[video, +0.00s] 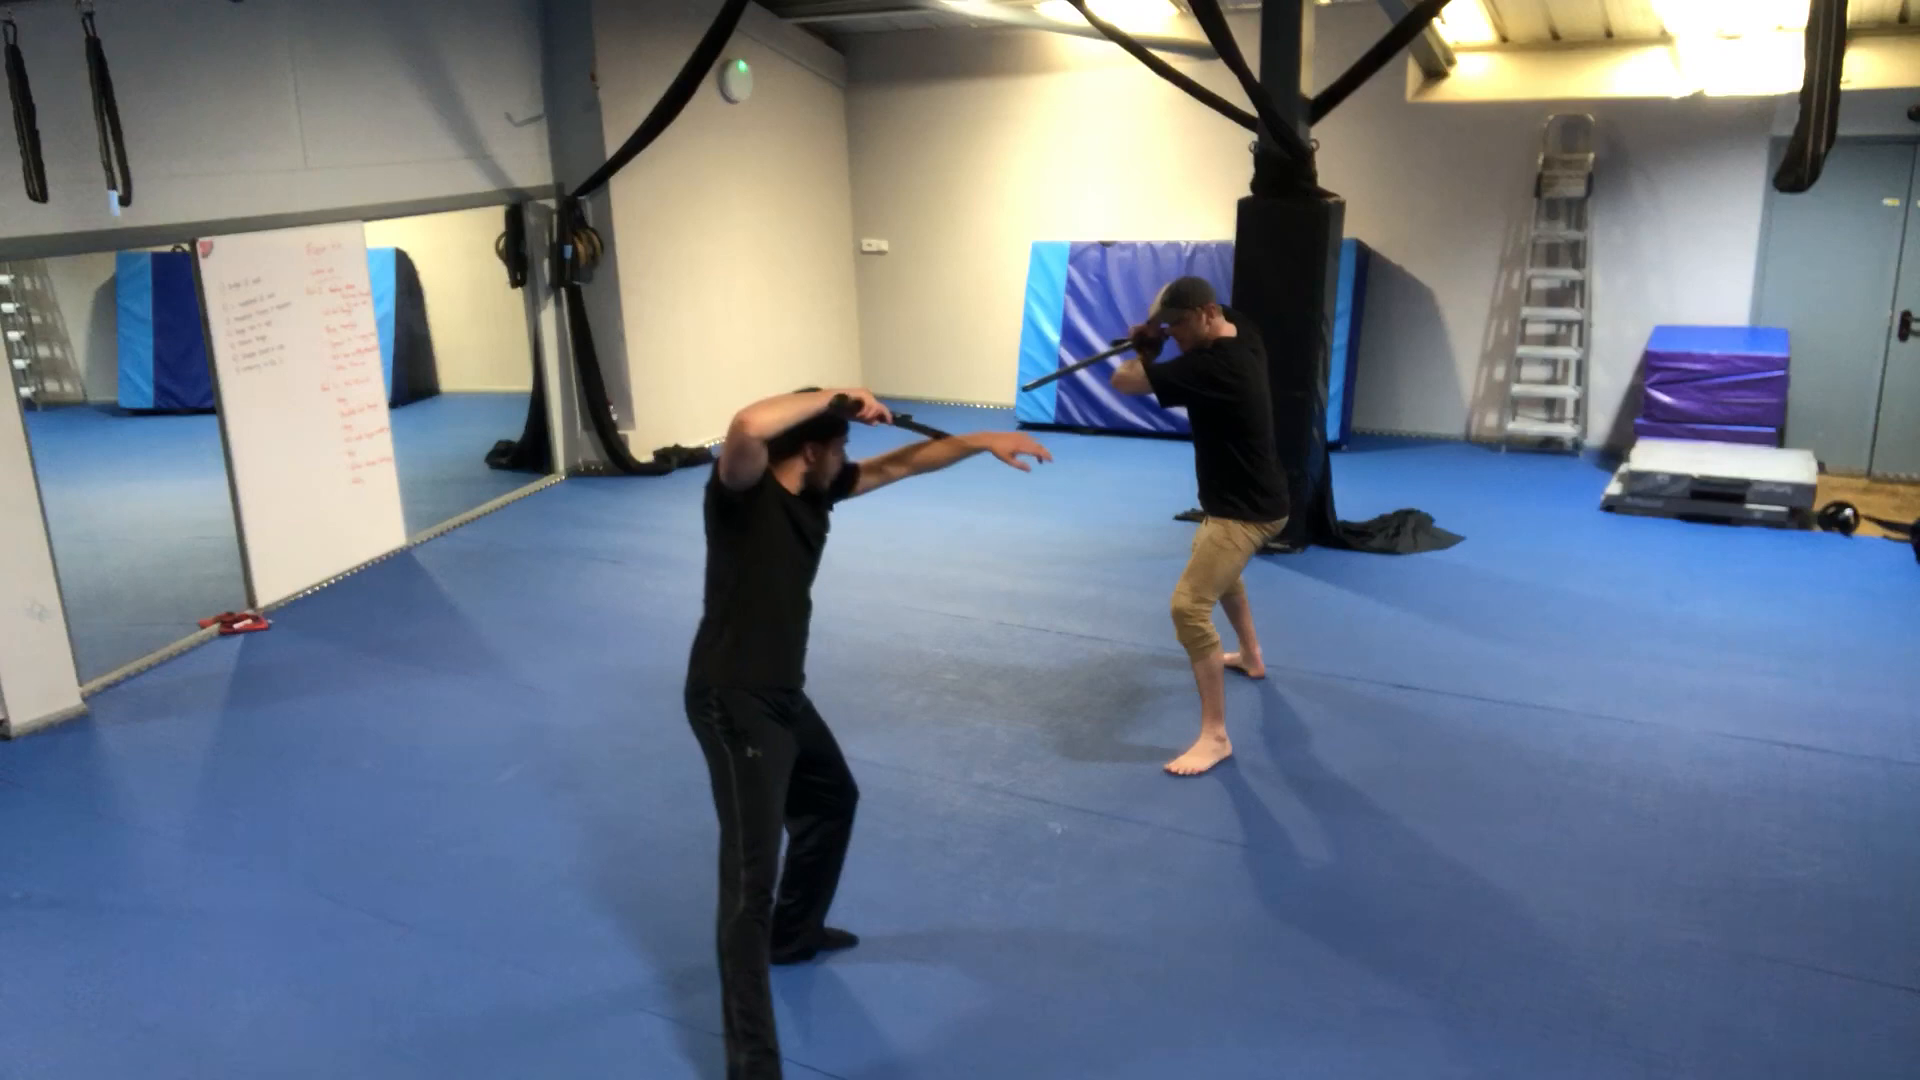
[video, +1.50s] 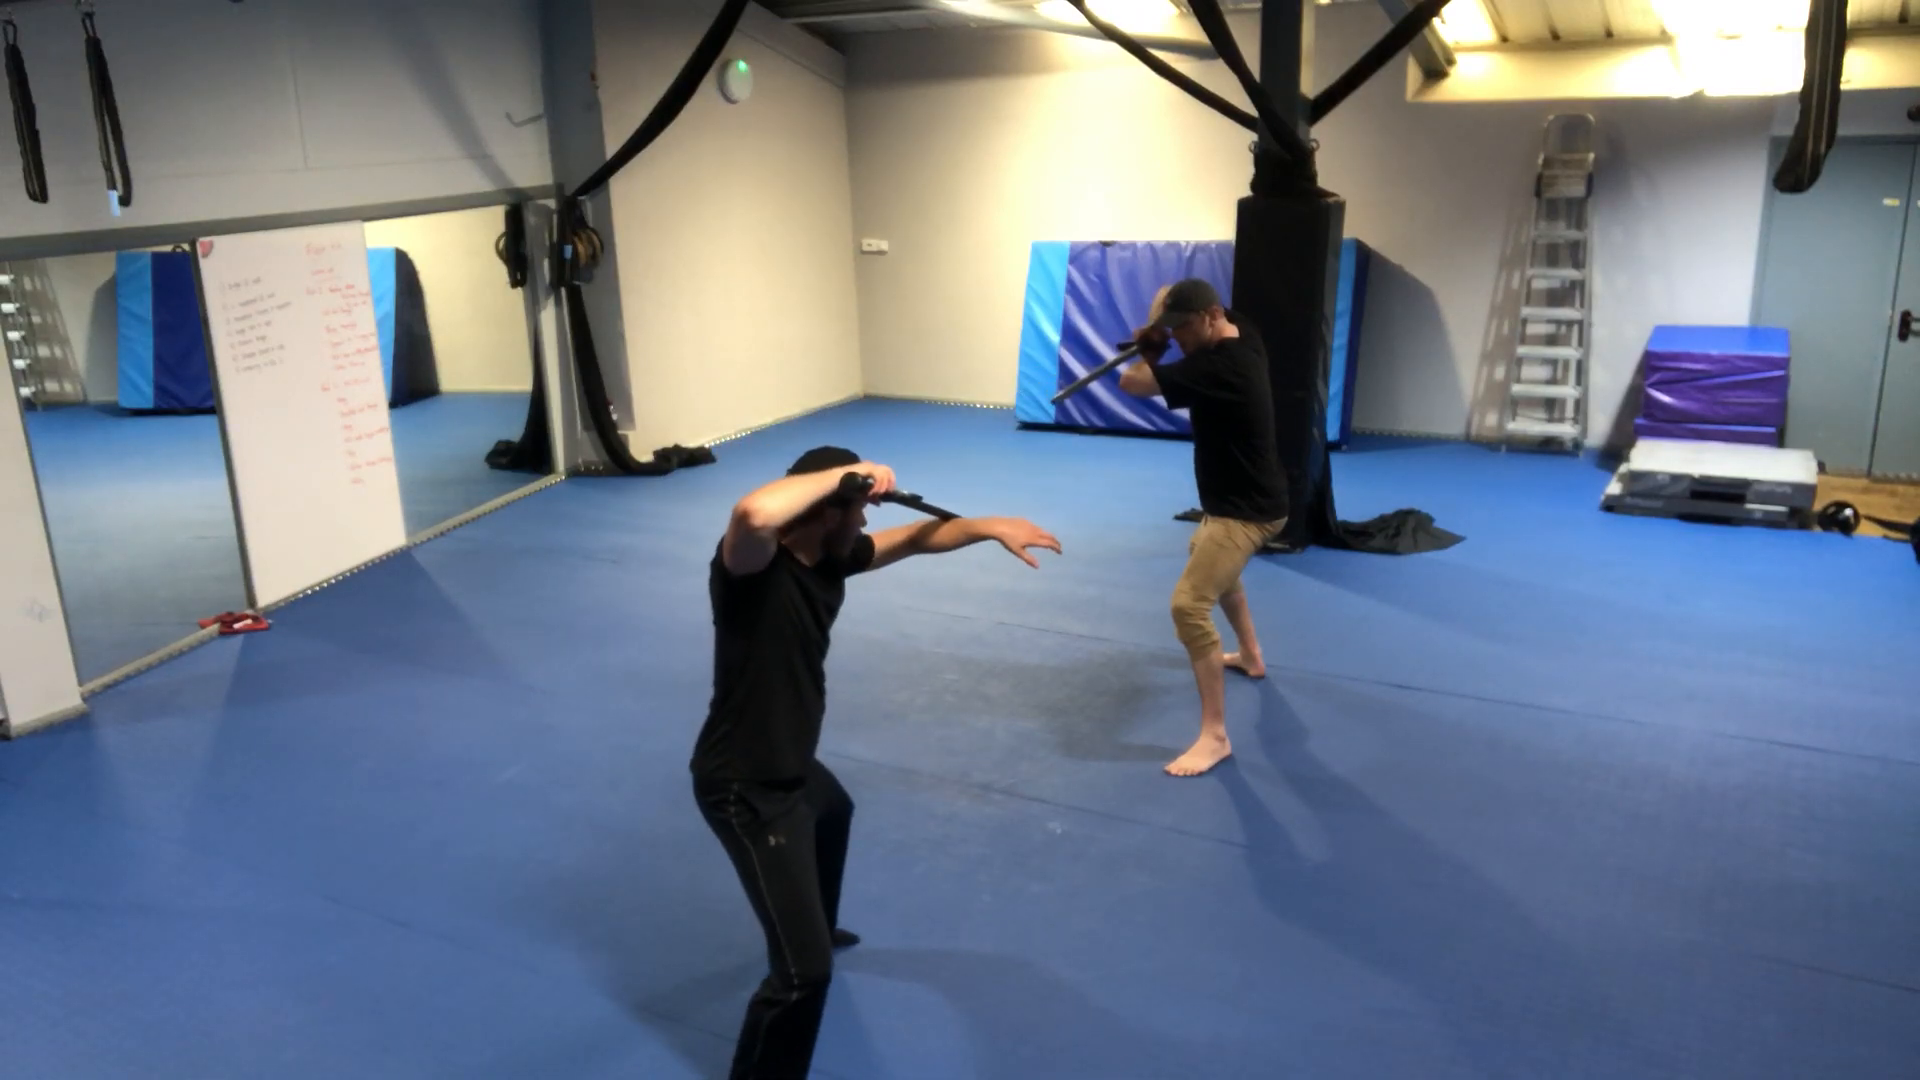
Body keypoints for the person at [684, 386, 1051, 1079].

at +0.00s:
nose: (844, 458)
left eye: (842, 443)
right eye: (836, 443)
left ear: (818, 447)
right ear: (806, 445)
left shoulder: (817, 492)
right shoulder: (742, 491)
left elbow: (900, 465)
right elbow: (746, 426)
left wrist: (983, 440)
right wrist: (831, 396)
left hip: (781, 697)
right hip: (731, 701)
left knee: (830, 800)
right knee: (750, 886)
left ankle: (791, 931)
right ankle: (753, 1065)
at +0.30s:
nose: (850, 490)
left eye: (854, 476)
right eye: (842, 473)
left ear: (846, 481)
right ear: (808, 476)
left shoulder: (827, 525)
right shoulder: (760, 523)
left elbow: (906, 501)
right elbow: (776, 466)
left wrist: (992, 481)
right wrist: (863, 433)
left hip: (787, 730)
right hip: (738, 735)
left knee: (834, 801)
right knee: (778, 915)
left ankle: (803, 928)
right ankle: (749, 1069)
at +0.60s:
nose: (857, 527)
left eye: (859, 514)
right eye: (849, 511)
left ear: (850, 515)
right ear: (816, 510)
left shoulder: (826, 557)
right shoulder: (756, 560)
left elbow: (914, 528)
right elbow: (775, 502)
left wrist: (997, 513)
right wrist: (859, 463)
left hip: (783, 765)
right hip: (739, 780)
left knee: (830, 809)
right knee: (805, 960)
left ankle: (812, 927)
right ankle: (756, 1075)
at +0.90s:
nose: (855, 547)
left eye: (857, 536)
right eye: (847, 535)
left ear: (836, 536)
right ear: (819, 531)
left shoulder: (827, 574)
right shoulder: (749, 582)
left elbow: (917, 548)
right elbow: (759, 535)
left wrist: (994, 534)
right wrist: (846, 495)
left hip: (783, 778)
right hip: (739, 800)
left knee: (831, 816)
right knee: (813, 985)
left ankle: (811, 929)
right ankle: (759, 1075)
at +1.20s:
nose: (858, 534)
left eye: (858, 520)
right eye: (849, 521)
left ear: (831, 525)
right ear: (819, 520)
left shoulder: (827, 568)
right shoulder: (746, 576)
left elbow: (913, 544)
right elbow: (751, 532)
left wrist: (986, 533)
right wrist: (840, 492)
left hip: (784, 771)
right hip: (739, 792)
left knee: (831, 815)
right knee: (808, 978)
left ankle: (811, 930)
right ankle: (758, 1075)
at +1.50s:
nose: (863, 522)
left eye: (863, 508)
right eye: (854, 509)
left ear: (836, 513)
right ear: (822, 511)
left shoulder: (831, 560)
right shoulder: (752, 566)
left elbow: (916, 537)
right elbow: (753, 512)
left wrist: (991, 525)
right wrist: (842, 478)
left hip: (789, 765)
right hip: (742, 783)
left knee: (833, 812)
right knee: (804, 968)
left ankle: (813, 929)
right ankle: (758, 1076)